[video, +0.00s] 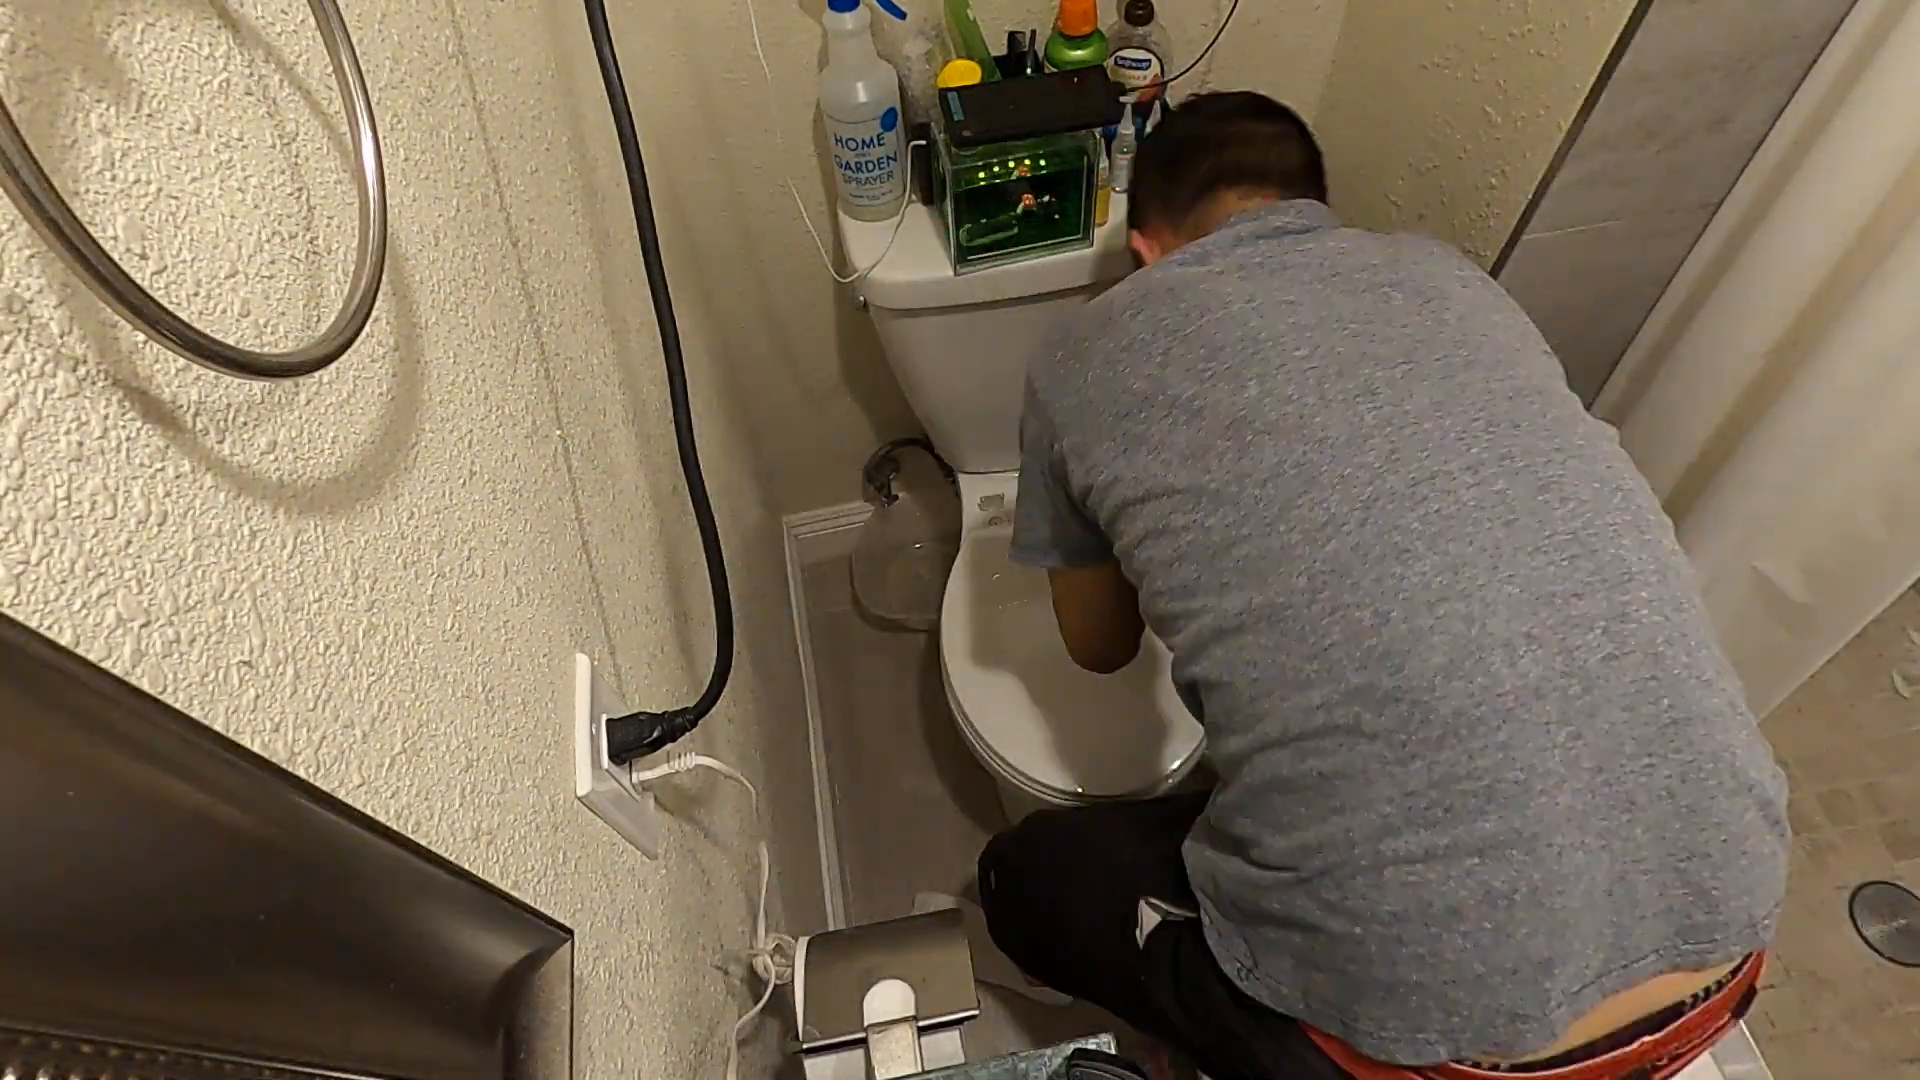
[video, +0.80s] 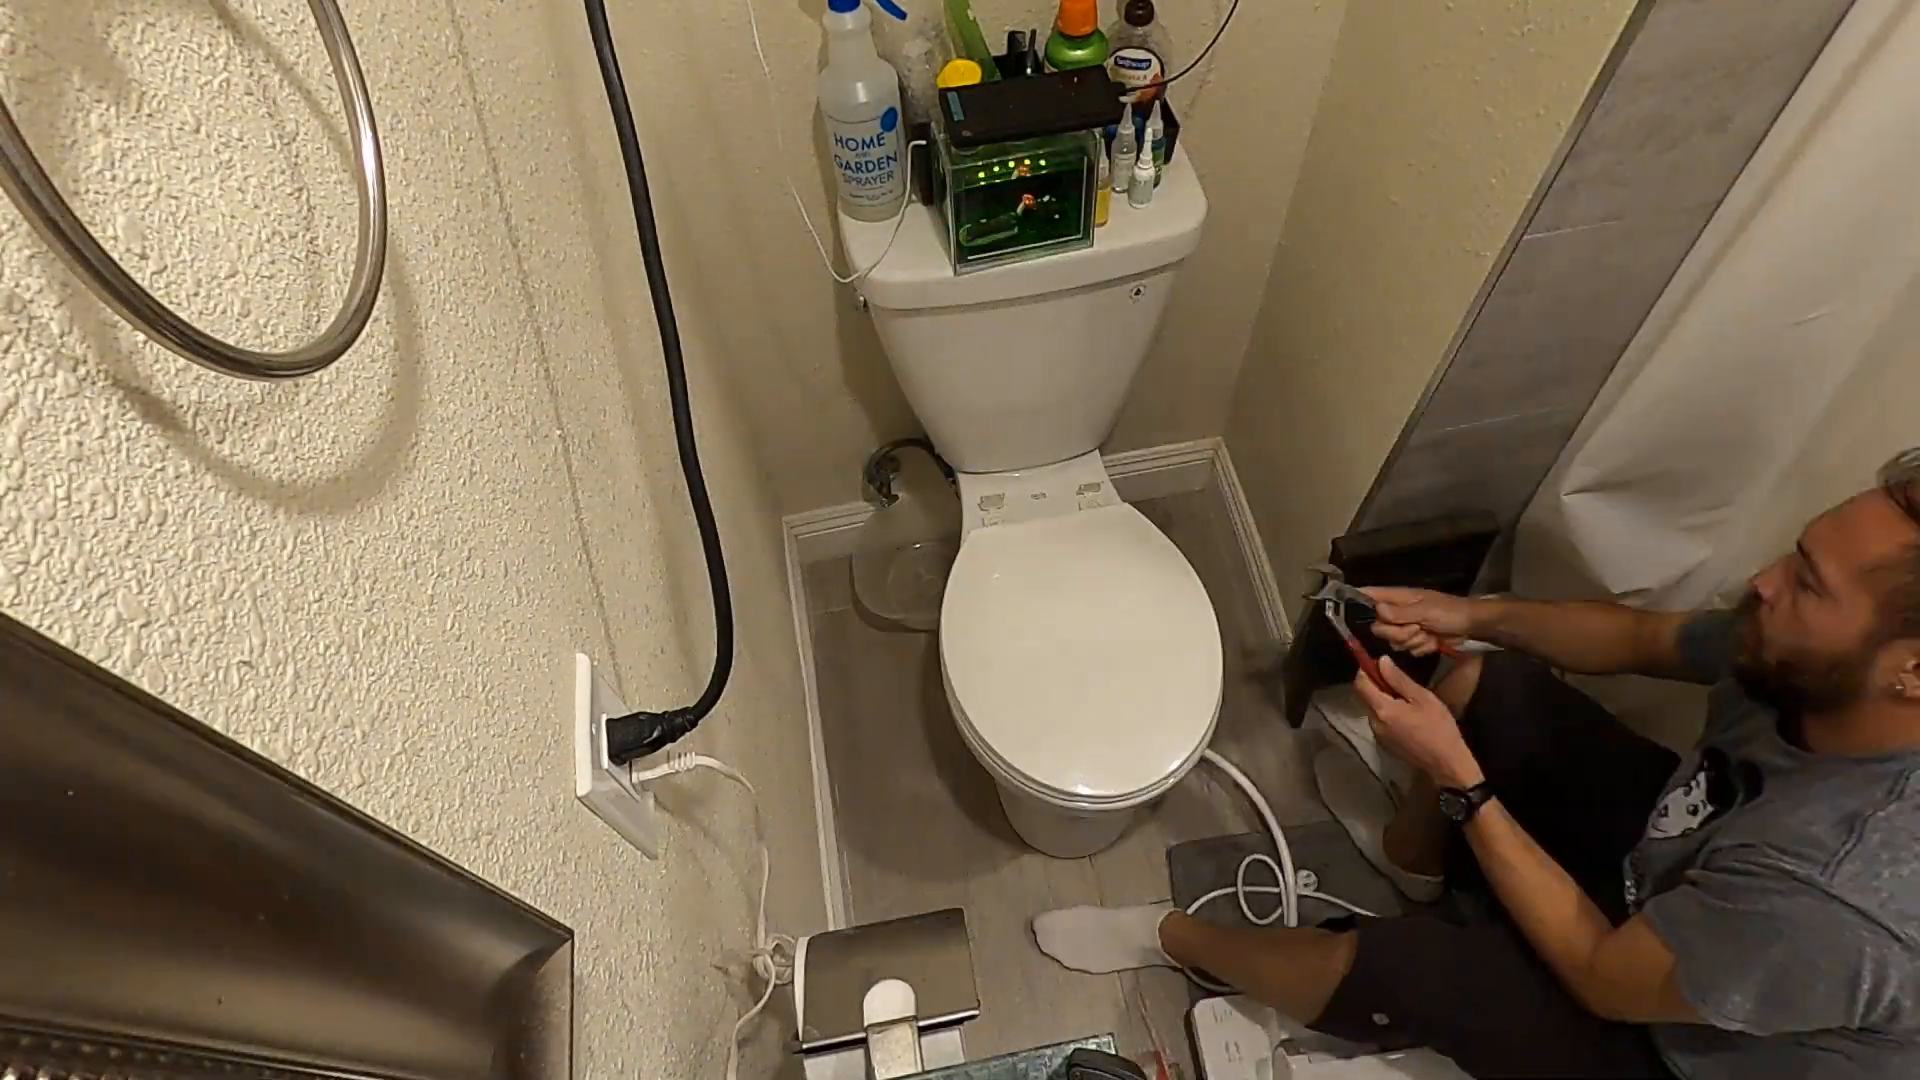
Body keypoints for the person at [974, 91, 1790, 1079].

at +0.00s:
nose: (1134, 262)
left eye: (1131, 248)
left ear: (1147, 246)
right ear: (1321, 203)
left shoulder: (1084, 354)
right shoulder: (1455, 274)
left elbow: (1098, 640)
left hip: (1410, 1050)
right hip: (1712, 987)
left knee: (1025, 874)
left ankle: (1198, 1065)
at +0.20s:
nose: (887, 461)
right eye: (878, 460)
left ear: (866, 599)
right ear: (881, 465)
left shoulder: (981, 675)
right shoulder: (949, 420)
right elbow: (993, 212)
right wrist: (1071, 356)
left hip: (1447, 822)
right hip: (1602, 608)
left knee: (1035, 813)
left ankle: (1047, 951)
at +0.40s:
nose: (1052, 285)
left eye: (1032, 263)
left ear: (1044, 246)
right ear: (1208, 126)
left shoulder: (1050, 416)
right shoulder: (1496, 168)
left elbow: (1214, 754)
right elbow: (1738, 455)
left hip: (1556, 1012)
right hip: (1810, 868)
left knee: (1098, 901)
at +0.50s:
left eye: (1220, 307)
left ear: (1234, 302)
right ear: (1416, 271)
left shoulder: (1173, 384)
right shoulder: (1554, 362)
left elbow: (1143, 778)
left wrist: (1252, 814)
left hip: (1449, 1043)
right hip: (1761, 1024)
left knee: (1087, 903)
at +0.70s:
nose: (1624, 595)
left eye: (1642, 581)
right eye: (1627, 571)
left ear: (1747, 581)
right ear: (1760, 565)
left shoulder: (1814, 702)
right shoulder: (1862, 591)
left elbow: (1526, 825)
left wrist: (1383, 721)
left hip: (1758, 1025)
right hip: (1729, 845)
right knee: (1505, 597)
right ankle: (1418, 850)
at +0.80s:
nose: (1766, 579)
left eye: (1809, 586)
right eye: (1795, 557)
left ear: (1900, 678)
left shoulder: (1823, 913)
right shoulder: (1820, 654)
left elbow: (1605, 974)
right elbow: (1641, 637)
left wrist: (1456, 775)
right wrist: (1472, 618)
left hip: (1679, 1028)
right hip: (1692, 832)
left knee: (1411, 966)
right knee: (1492, 693)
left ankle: (1170, 933)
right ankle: (1410, 869)